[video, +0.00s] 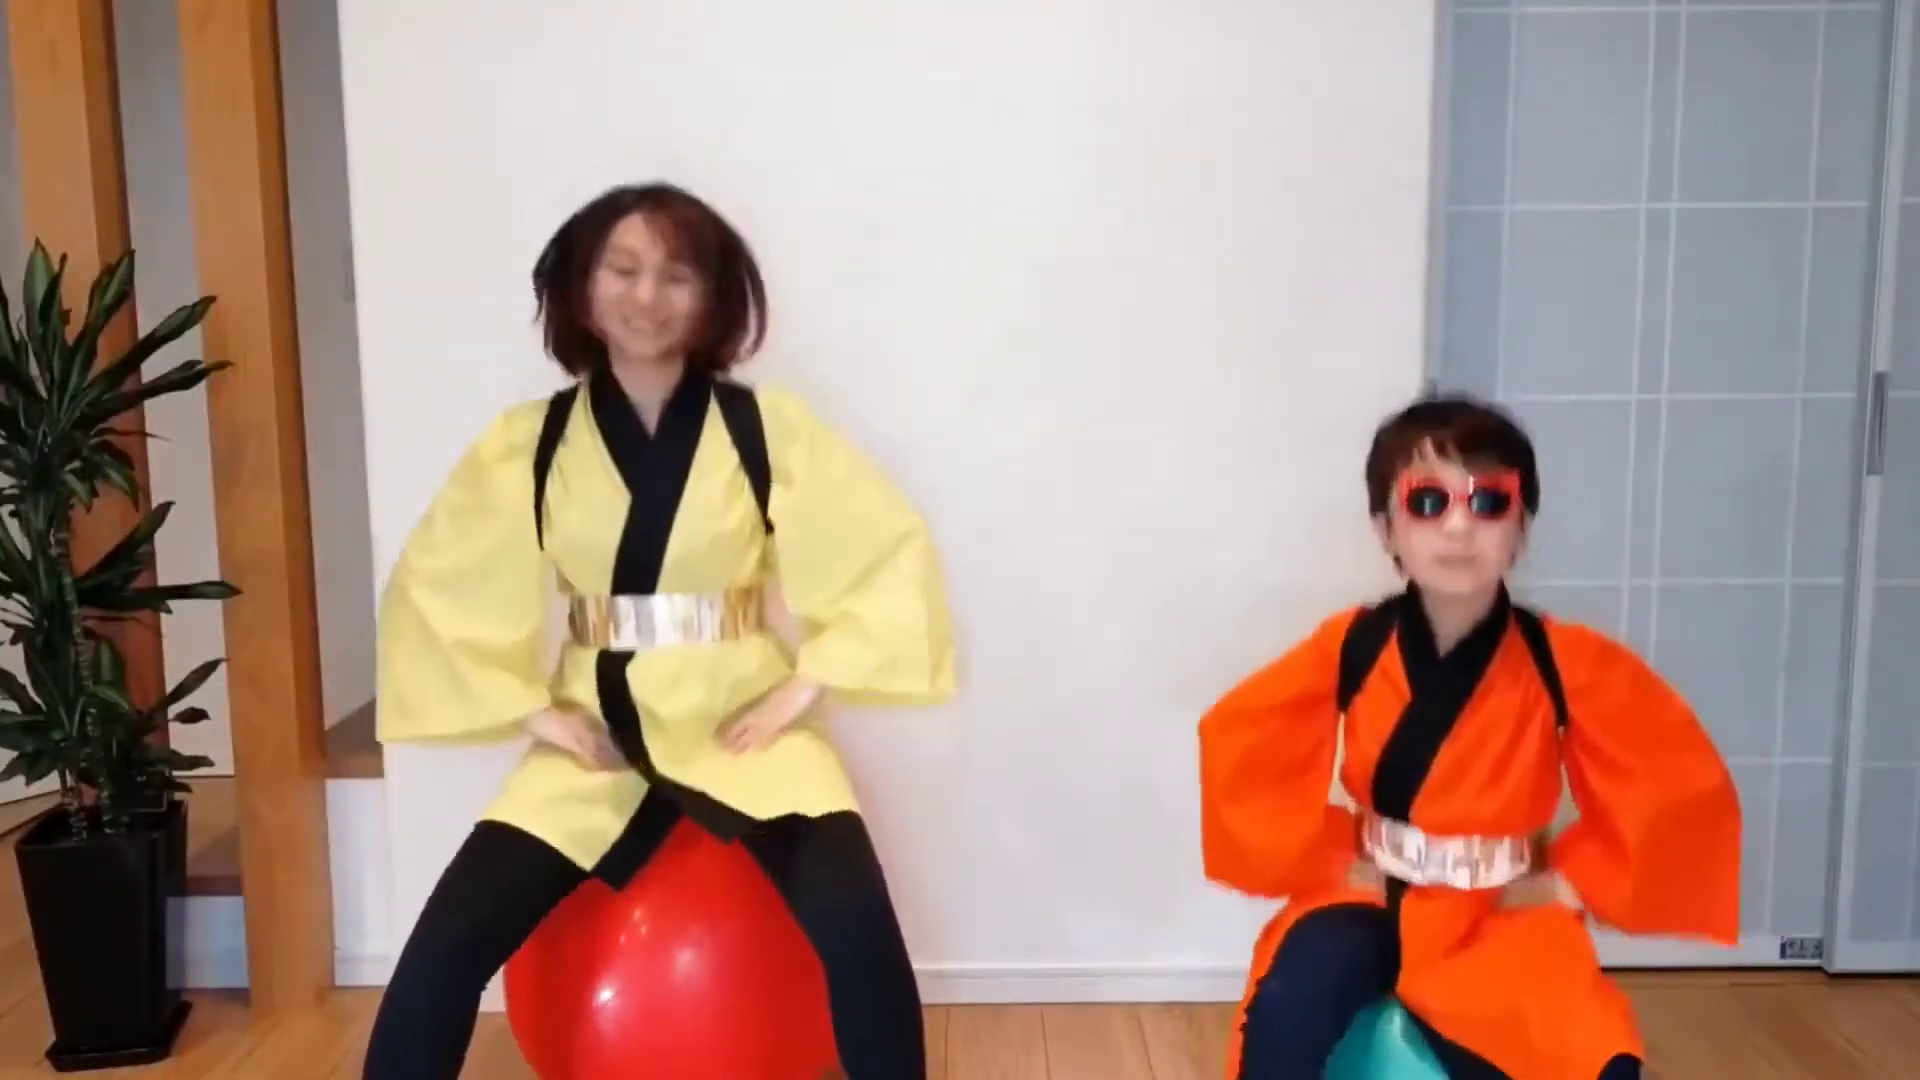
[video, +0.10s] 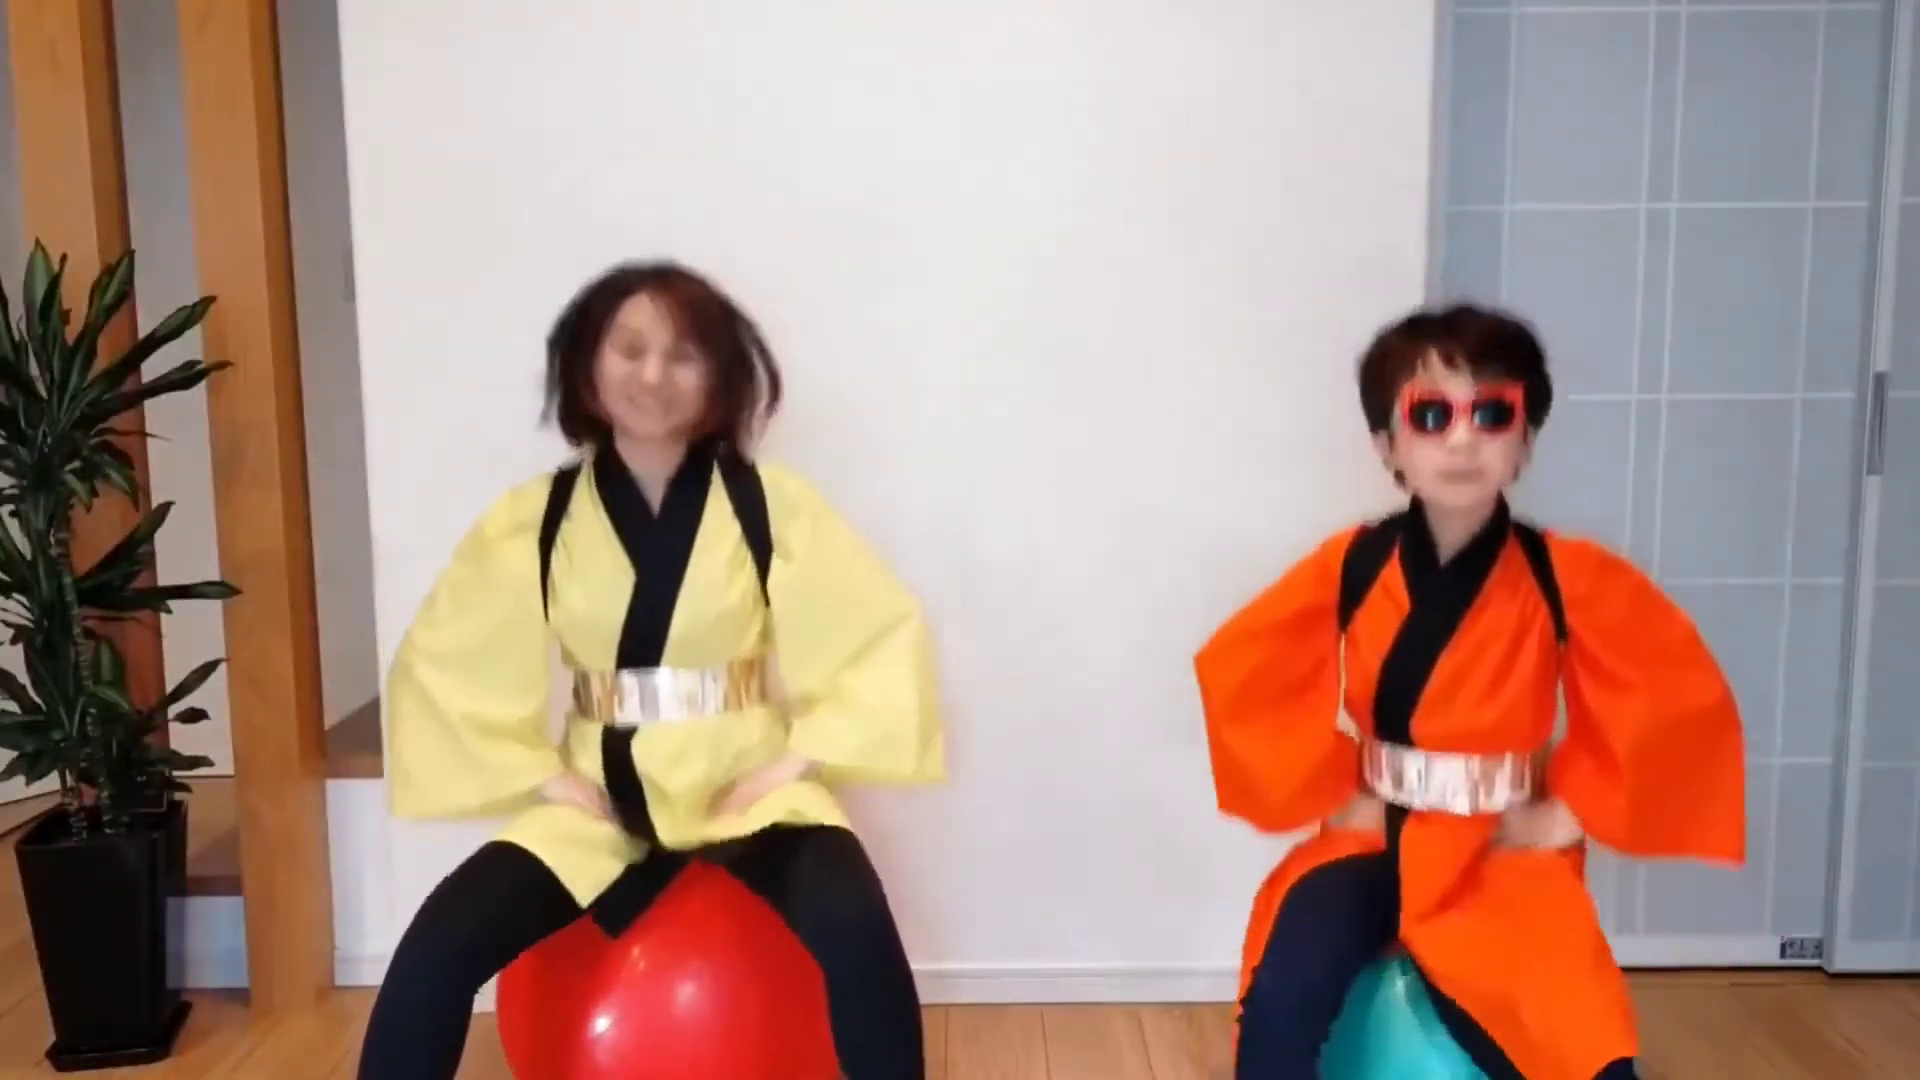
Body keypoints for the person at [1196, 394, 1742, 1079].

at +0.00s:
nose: (1459, 523)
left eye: (1489, 498)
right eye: (1427, 499)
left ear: (1521, 528)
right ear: (1385, 532)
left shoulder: (1564, 662)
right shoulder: (1352, 647)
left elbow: (1685, 787)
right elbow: (1233, 741)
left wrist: (1564, 879)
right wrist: (1331, 847)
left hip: (1506, 922)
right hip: (1372, 905)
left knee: (1600, 1056)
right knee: (1314, 964)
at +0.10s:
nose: (1463, 436)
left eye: (1492, 413)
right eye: (1432, 415)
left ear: (1527, 443)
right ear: (1389, 449)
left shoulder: (1562, 574)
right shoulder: (1354, 563)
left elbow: (1678, 696)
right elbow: (1237, 669)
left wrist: (1566, 813)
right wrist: (1338, 797)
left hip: (1508, 849)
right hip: (1370, 839)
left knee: (1590, 1036)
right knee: (1284, 993)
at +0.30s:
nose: (1458, 457)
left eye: (1487, 433)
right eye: (1425, 434)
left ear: (1518, 462)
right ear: (1382, 470)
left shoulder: (1555, 588)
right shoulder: (1349, 580)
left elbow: (1677, 700)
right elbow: (1229, 685)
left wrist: (1568, 821)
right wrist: (1333, 801)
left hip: (1505, 862)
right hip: (1369, 852)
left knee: (1583, 1041)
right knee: (1295, 965)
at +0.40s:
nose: (1454, 538)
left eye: (1482, 514)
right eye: (1422, 516)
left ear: (1513, 540)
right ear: (1379, 547)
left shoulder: (1553, 670)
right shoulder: (1346, 658)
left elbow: (1680, 790)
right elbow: (1224, 757)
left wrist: (1558, 886)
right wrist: (1336, 850)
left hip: (1501, 923)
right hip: (1366, 909)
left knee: (1578, 1037)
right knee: (1314, 975)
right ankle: (1267, 1065)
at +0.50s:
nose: (1454, 536)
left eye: (1482, 511)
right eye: (1421, 512)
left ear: (1514, 542)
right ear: (1380, 547)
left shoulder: (1555, 675)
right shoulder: (1345, 661)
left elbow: (1683, 801)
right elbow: (1224, 760)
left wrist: (1555, 894)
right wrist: (1330, 865)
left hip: (1503, 929)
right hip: (1366, 916)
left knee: (1594, 1054)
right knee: (1300, 997)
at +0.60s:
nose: (1460, 462)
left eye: (1490, 438)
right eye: (1429, 437)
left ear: (1522, 462)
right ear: (1385, 467)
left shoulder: (1558, 597)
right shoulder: (1348, 584)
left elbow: (1682, 725)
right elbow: (1227, 690)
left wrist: (1564, 837)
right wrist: (1334, 814)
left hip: (1507, 873)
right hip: (1369, 862)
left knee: (1598, 1043)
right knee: (1285, 999)